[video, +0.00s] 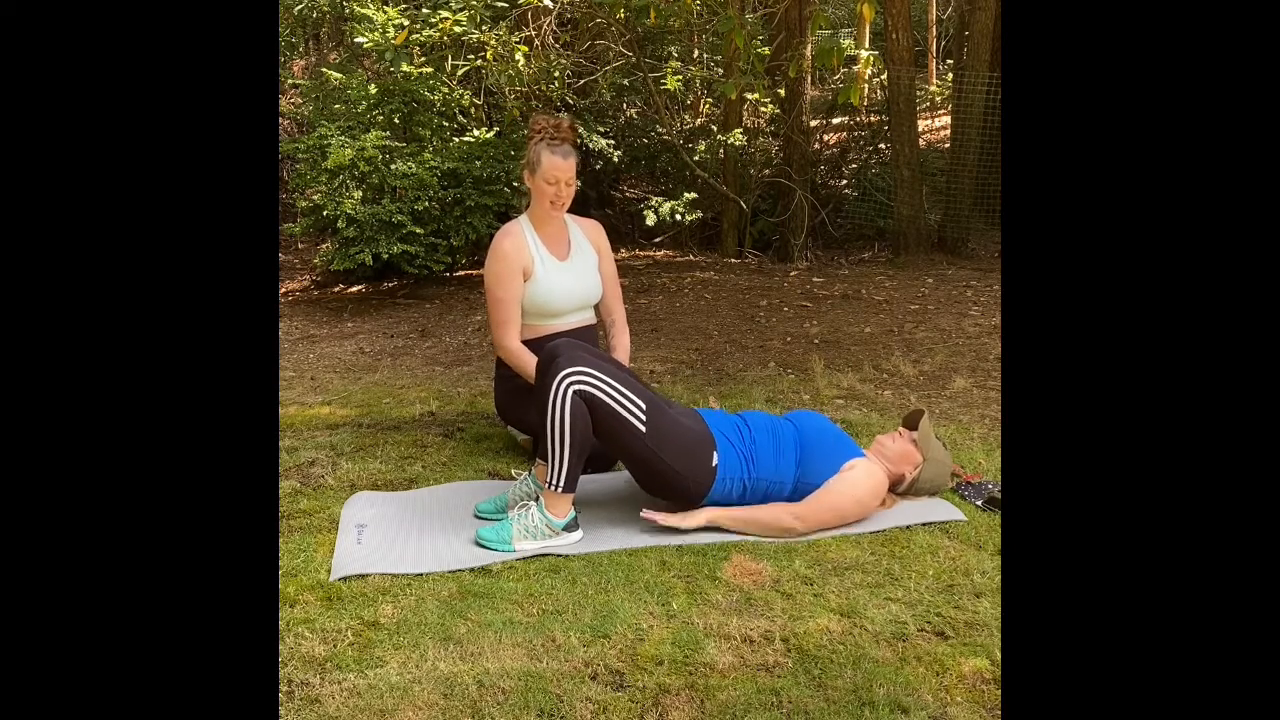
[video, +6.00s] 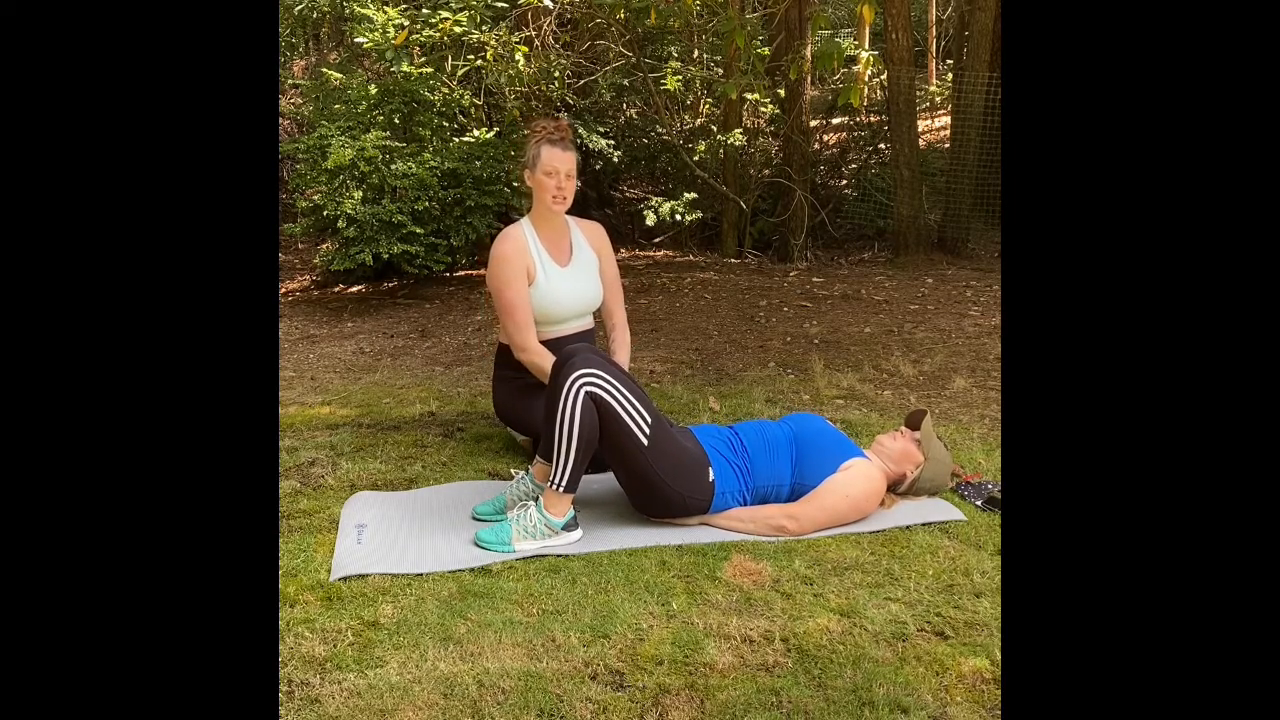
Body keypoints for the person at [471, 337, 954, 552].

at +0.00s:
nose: (897, 432)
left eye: (908, 439)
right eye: (905, 429)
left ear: (908, 472)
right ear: (896, 443)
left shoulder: (866, 479)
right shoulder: (847, 453)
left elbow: (799, 519)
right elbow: (768, 469)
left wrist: (706, 516)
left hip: (701, 465)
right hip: (690, 433)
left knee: (571, 367)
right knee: (563, 352)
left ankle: (555, 512)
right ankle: (544, 483)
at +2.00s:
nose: (898, 433)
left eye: (909, 440)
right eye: (907, 430)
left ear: (908, 472)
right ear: (895, 442)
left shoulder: (860, 477)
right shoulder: (844, 454)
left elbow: (788, 516)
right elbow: (772, 494)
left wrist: (703, 515)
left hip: (694, 480)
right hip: (680, 454)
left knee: (585, 372)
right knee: (586, 362)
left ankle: (554, 509)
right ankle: (543, 484)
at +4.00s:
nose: (897, 433)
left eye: (908, 440)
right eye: (906, 430)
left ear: (908, 471)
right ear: (897, 444)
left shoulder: (863, 479)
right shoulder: (847, 456)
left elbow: (794, 520)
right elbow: (774, 494)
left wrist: (711, 517)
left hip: (693, 482)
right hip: (680, 452)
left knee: (589, 376)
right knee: (589, 364)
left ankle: (554, 511)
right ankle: (540, 484)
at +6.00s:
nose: (897, 433)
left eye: (908, 439)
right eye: (906, 430)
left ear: (908, 470)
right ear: (898, 446)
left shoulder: (864, 479)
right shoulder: (846, 457)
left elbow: (795, 521)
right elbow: (777, 499)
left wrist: (710, 516)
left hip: (693, 482)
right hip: (678, 456)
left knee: (586, 369)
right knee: (576, 355)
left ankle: (553, 510)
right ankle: (542, 483)